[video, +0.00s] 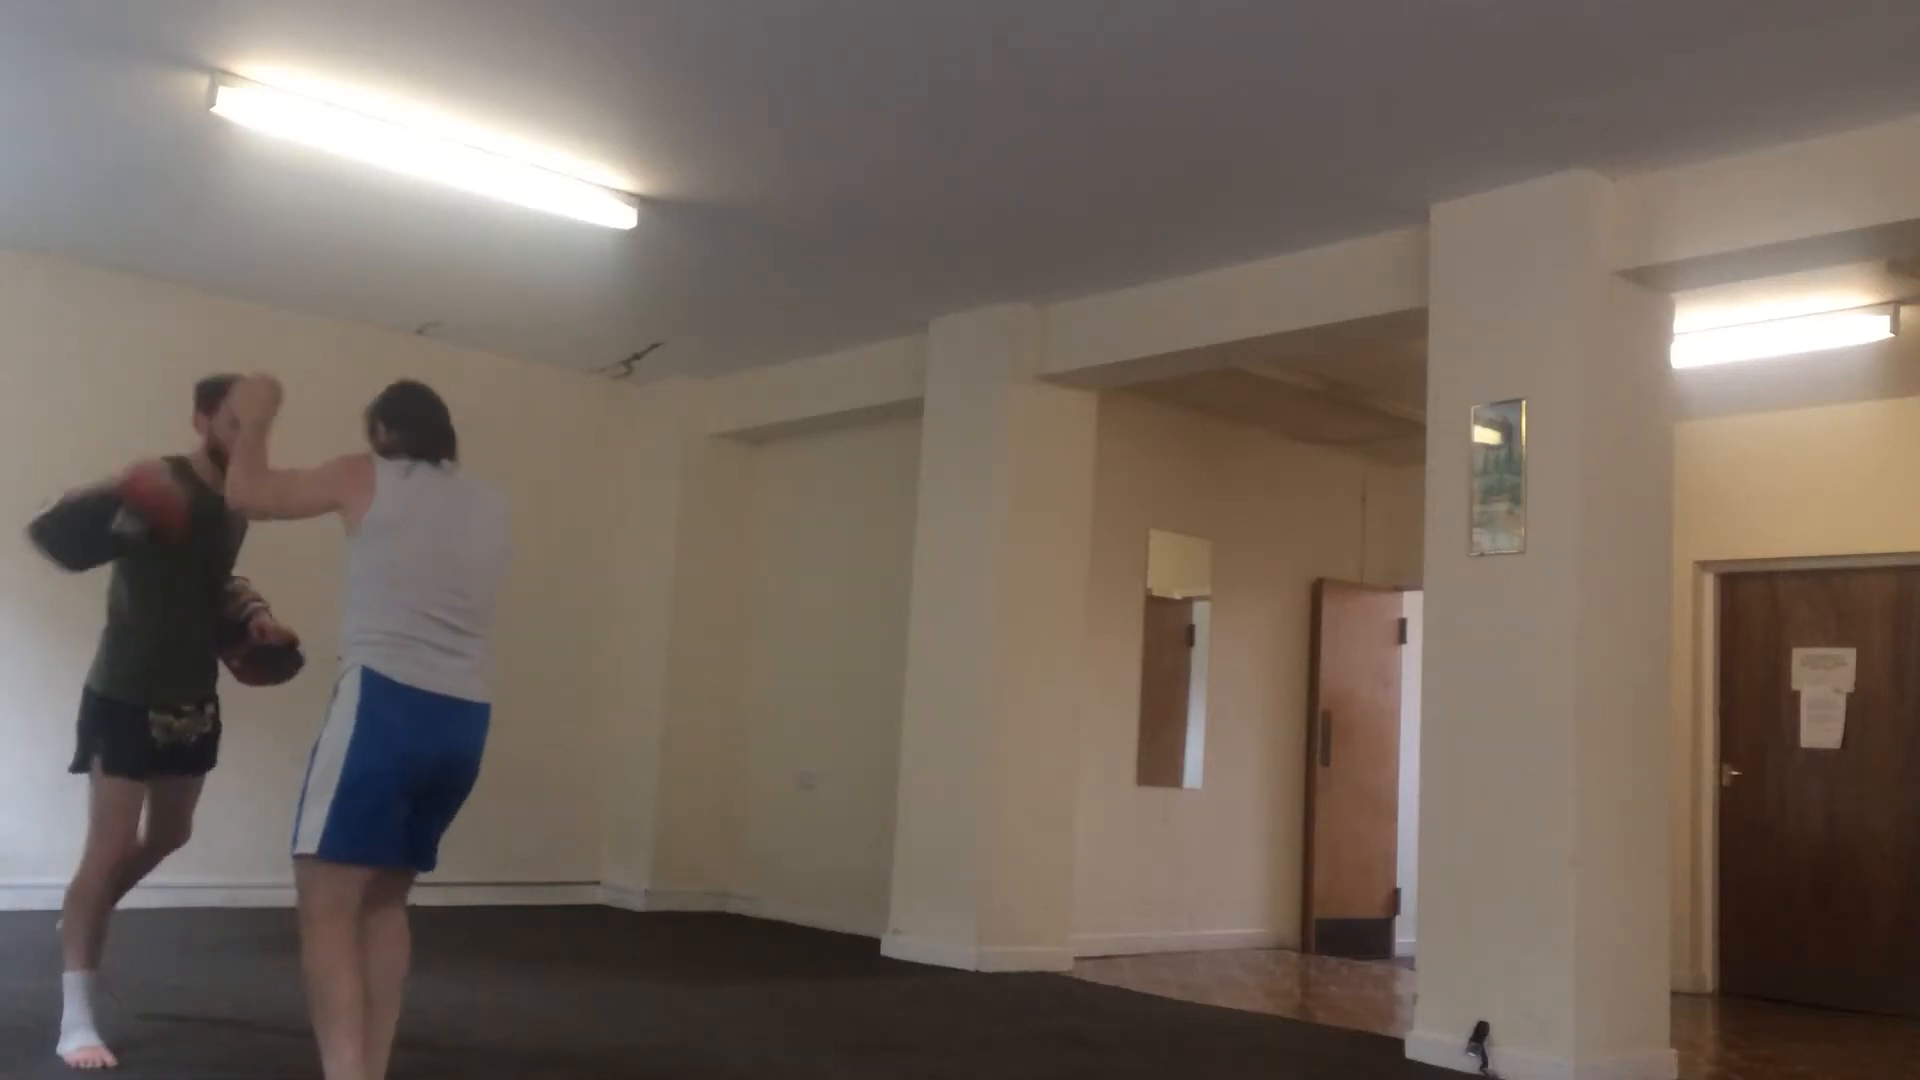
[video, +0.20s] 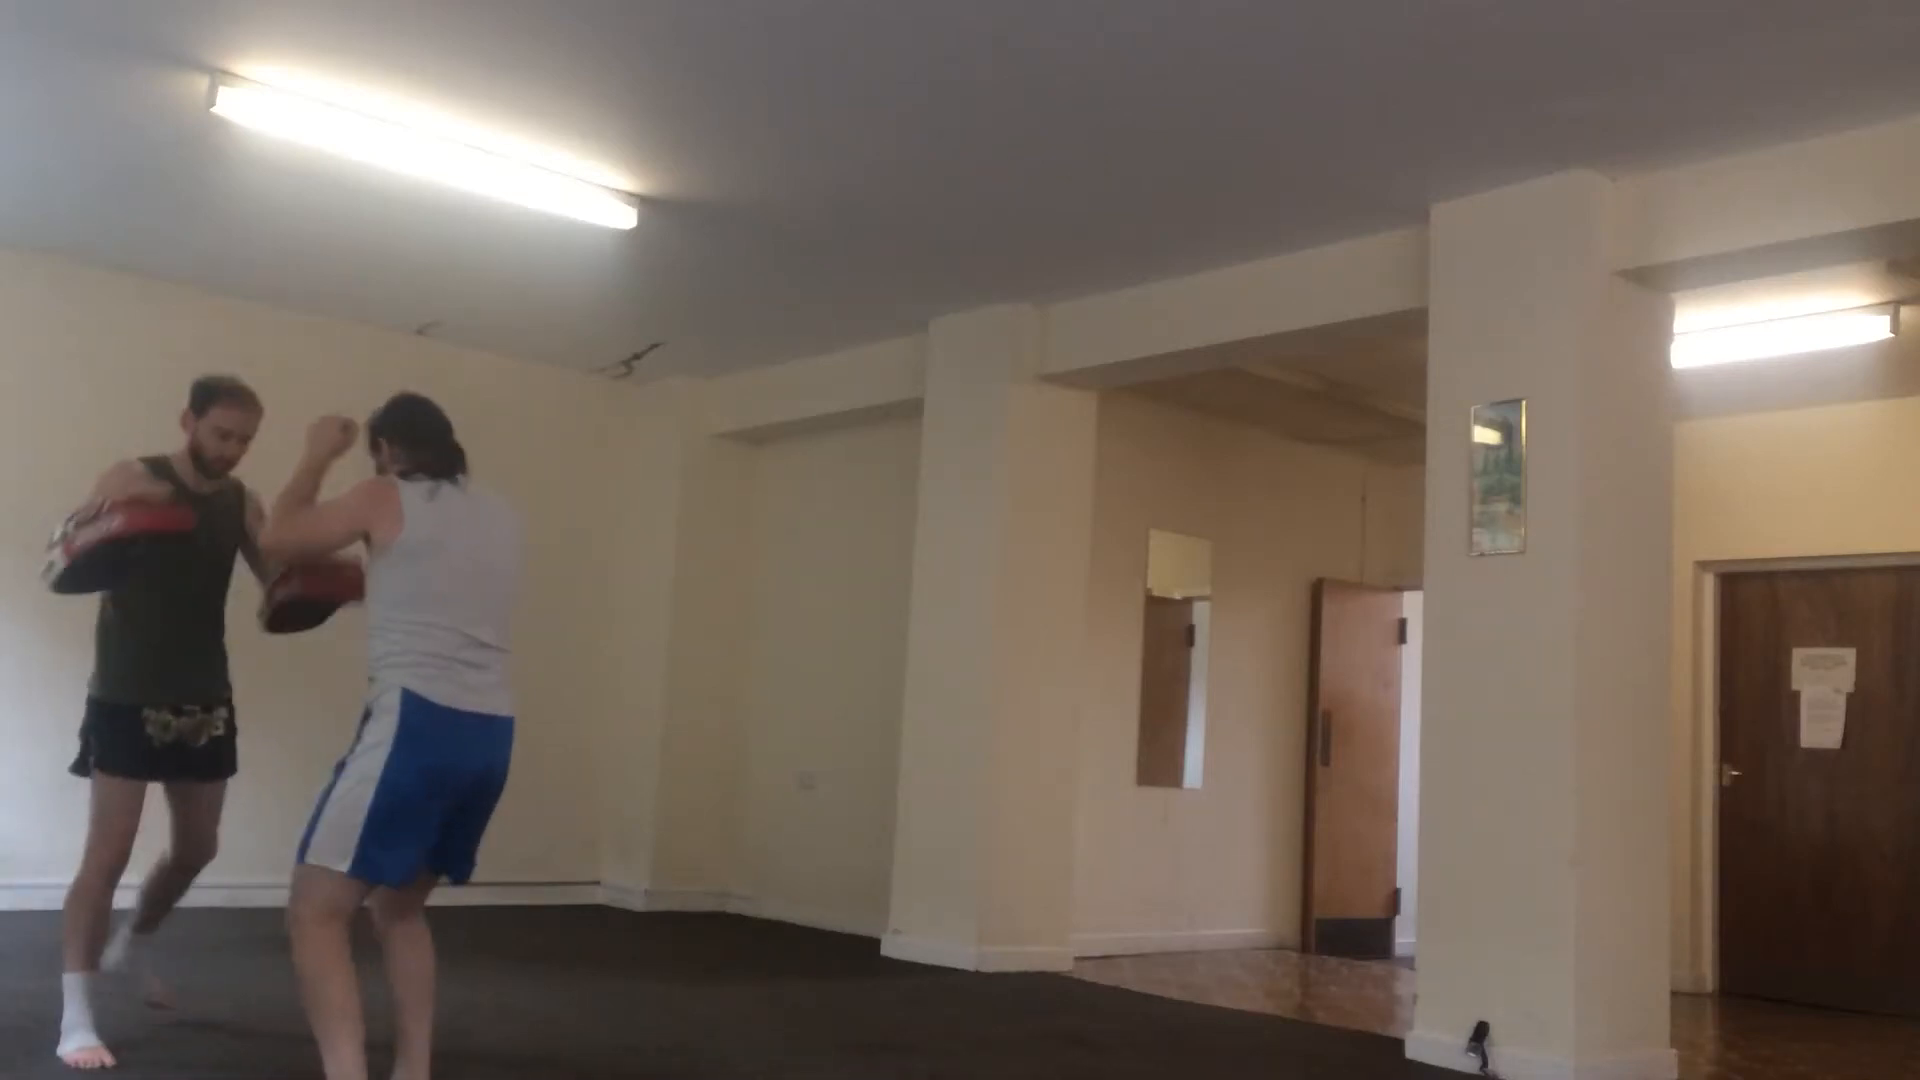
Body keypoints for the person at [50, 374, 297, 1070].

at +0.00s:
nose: (251, 438)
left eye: (258, 427)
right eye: (239, 424)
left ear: (258, 430)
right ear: (203, 421)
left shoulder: (237, 501)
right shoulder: (158, 484)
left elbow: (211, 580)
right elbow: (57, 534)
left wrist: (251, 614)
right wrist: (125, 511)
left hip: (193, 692)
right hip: (126, 690)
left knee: (170, 833)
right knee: (111, 849)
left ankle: (90, 910)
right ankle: (75, 1018)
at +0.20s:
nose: (232, 451)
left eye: (244, 441)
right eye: (224, 435)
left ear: (250, 441)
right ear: (189, 422)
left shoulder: (240, 502)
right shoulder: (133, 478)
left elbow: (279, 580)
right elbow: (62, 557)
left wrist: (320, 568)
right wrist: (112, 522)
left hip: (202, 694)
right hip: (127, 692)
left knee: (195, 849)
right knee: (106, 857)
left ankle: (126, 951)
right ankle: (75, 1017)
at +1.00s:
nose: (246, 475)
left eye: (257, 463)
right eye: (234, 463)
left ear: (272, 459)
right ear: (209, 459)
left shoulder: (289, 524)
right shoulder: (184, 515)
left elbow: (275, 624)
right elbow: (165, 593)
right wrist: (132, 589)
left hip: (249, 707)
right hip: (176, 700)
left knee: (248, 867)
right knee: (127, 852)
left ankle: (233, 1006)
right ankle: (140, 986)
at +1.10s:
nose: (229, 478)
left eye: (239, 465)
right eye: (216, 467)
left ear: (257, 458)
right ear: (193, 463)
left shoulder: (278, 526)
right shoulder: (175, 521)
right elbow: (169, 605)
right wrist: (117, 589)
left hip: (242, 711)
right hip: (168, 704)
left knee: (245, 858)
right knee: (133, 850)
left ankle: (245, 992)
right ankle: (143, 988)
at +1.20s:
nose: (220, 476)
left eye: (230, 463)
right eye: (208, 466)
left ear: (251, 457)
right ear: (189, 464)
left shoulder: (272, 523)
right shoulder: (180, 519)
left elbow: (226, 603)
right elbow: (164, 594)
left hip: (239, 707)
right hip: (167, 703)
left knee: (237, 852)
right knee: (137, 849)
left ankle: (256, 1003)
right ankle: (145, 988)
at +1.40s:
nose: (221, 476)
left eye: (231, 462)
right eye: (209, 466)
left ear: (257, 454)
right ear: (197, 467)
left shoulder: (280, 527)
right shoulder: (211, 524)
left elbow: (221, 611)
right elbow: (187, 603)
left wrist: (170, 575)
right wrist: (147, 573)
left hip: (237, 716)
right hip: (180, 709)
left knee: (225, 860)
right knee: (143, 852)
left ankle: (250, 1023)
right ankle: (145, 991)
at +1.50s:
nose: (228, 476)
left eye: (239, 461)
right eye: (216, 465)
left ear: (265, 454)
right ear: (202, 465)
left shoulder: (286, 526)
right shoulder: (216, 523)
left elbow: (224, 607)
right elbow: (188, 598)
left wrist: (165, 579)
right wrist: (139, 572)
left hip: (243, 713)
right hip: (190, 704)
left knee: (223, 858)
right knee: (149, 849)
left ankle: (249, 1025)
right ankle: (145, 989)